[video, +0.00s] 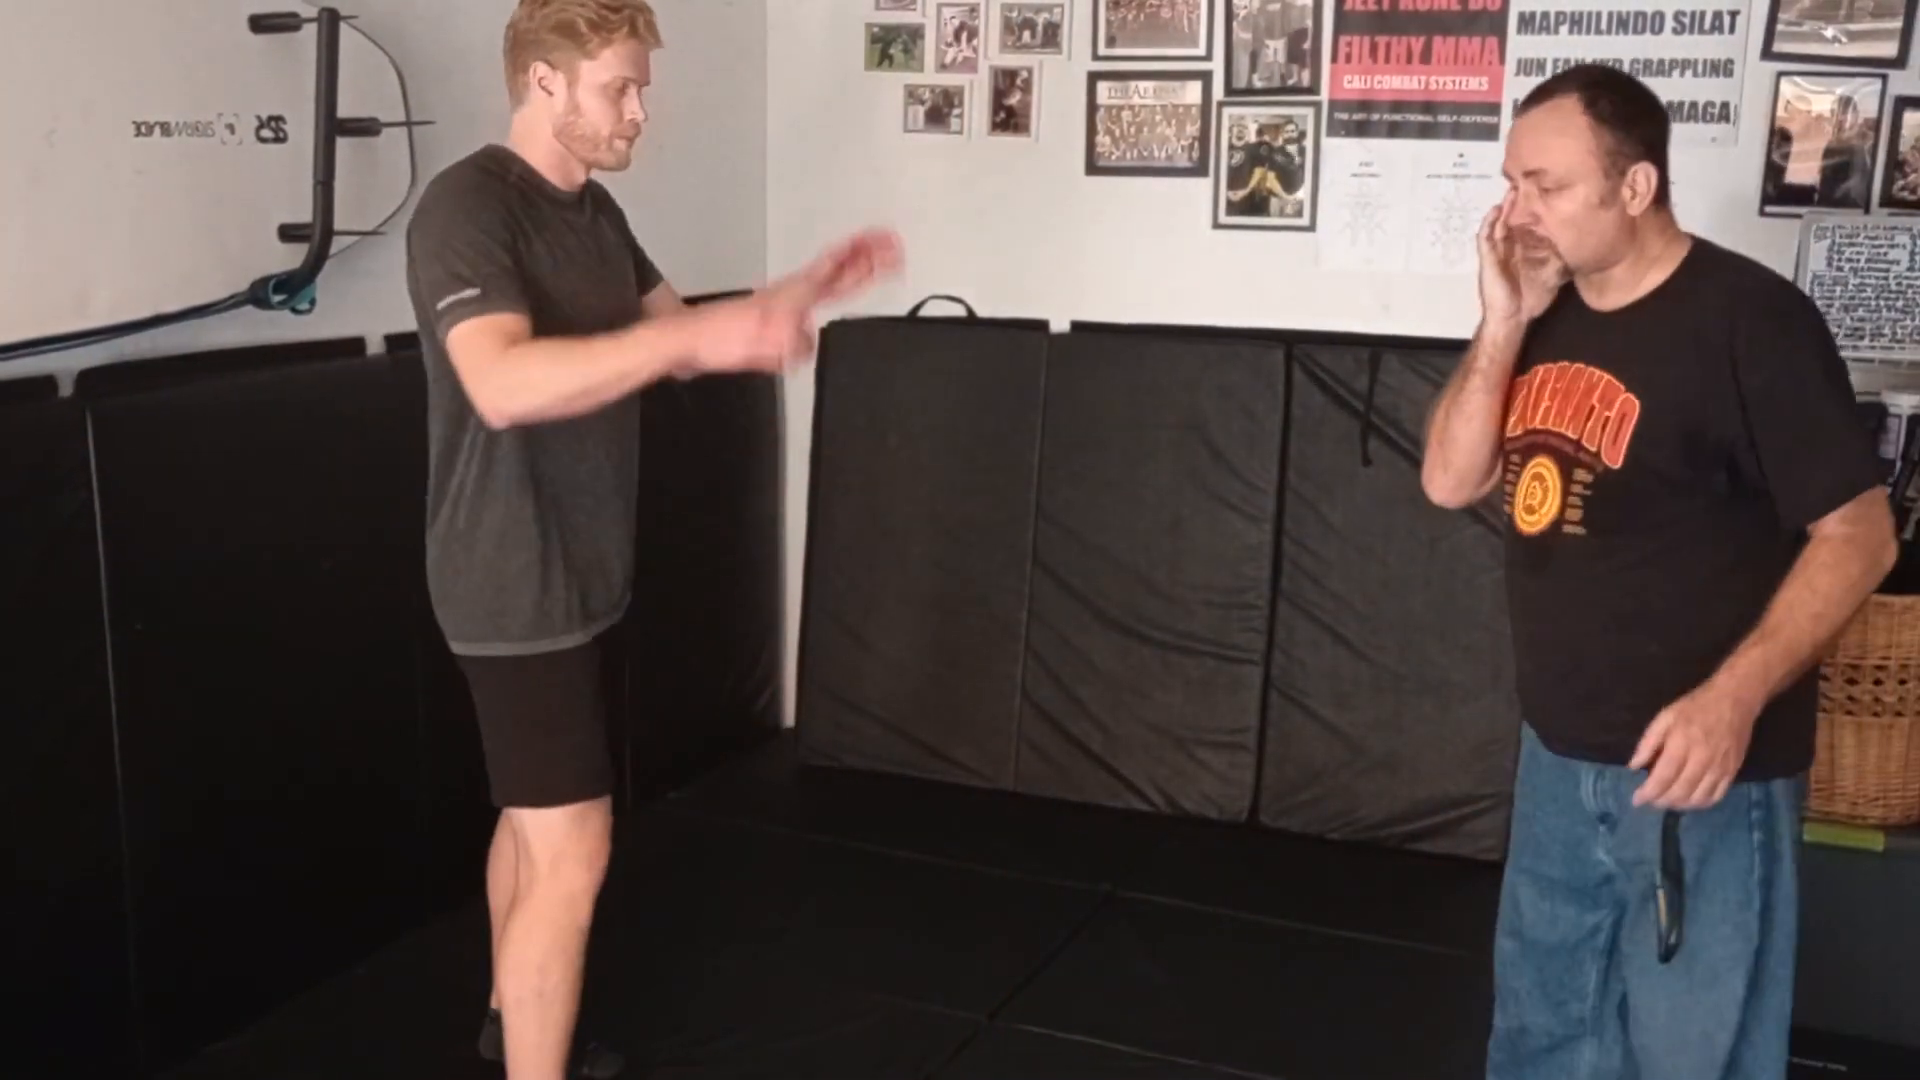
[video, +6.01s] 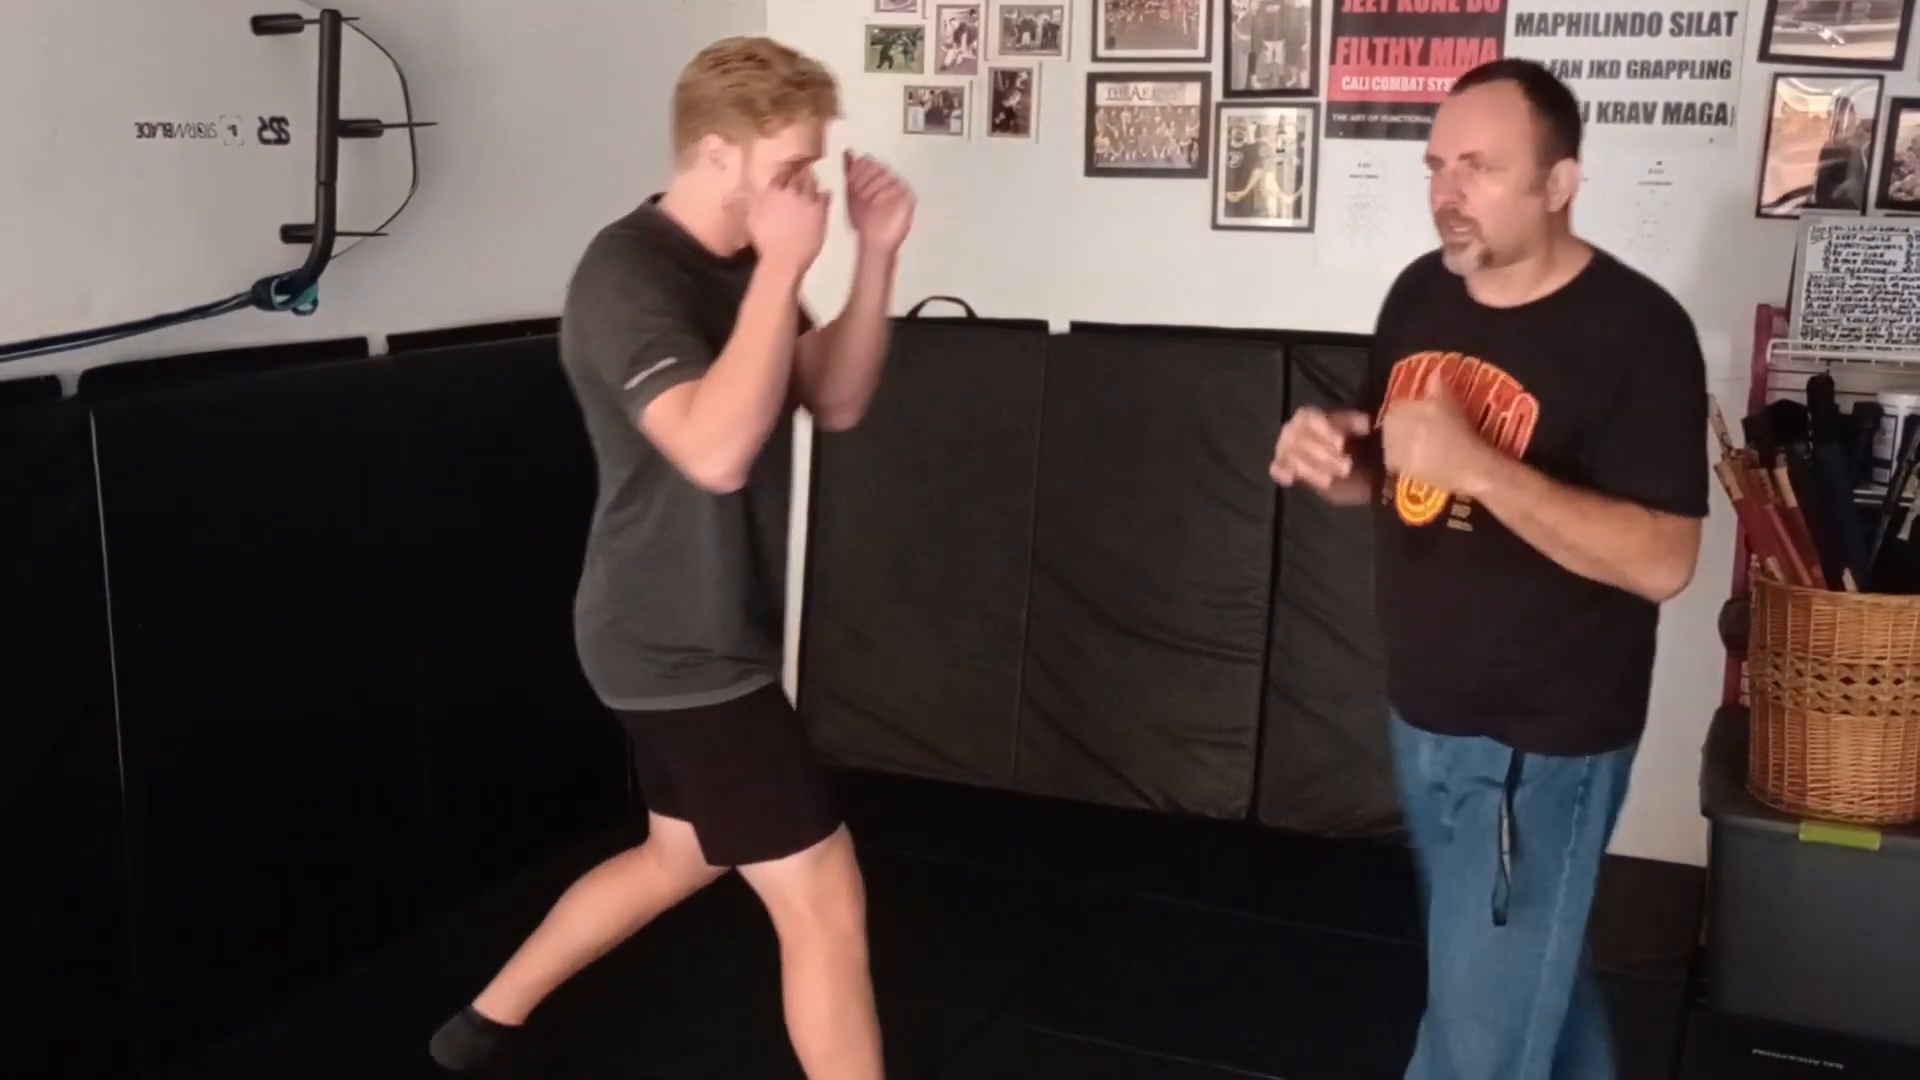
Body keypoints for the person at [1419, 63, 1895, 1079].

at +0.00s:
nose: (1517, 212)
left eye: (1545, 185)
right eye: (1513, 183)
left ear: (1637, 187)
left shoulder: (1757, 319)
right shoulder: (1540, 313)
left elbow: (1862, 531)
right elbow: (1449, 483)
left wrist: (1732, 696)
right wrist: (1500, 325)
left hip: (1713, 778)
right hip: (1558, 763)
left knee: (1699, 1057)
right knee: (1539, 1045)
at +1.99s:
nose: (1695, 230)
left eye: (1719, 201)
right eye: (1697, 198)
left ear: (1820, 203)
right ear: (1812, 206)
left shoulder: (1916, 353)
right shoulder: (1774, 323)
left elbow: (1877, 610)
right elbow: (1727, 512)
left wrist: (1696, 460)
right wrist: (1611, 440)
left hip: (1882, 847)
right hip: (1709, 800)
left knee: (1876, 1063)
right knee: (1657, 1056)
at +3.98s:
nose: (1708, 202)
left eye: (1738, 174)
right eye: (1707, 172)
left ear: (1839, 186)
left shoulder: (1907, 335)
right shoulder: (1732, 317)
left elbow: (1836, 585)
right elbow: (1678, 504)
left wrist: (1683, 415)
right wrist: (1603, 421)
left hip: (1837, 816)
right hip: (1688, 782)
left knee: (1806, 1061)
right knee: (1689, 1053)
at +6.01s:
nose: (1444, 193)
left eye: (1477, 167)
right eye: (1437, 165)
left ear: (1560, 181)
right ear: (1428, 167)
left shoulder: (1644, 333)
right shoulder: (1422, 293)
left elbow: (1664, 560)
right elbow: (1390, 469)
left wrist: (1473, 468)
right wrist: (1330, 462)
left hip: (1547, 748)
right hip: (1426, 718)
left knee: (1480, 1037)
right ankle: (1576, 1065)